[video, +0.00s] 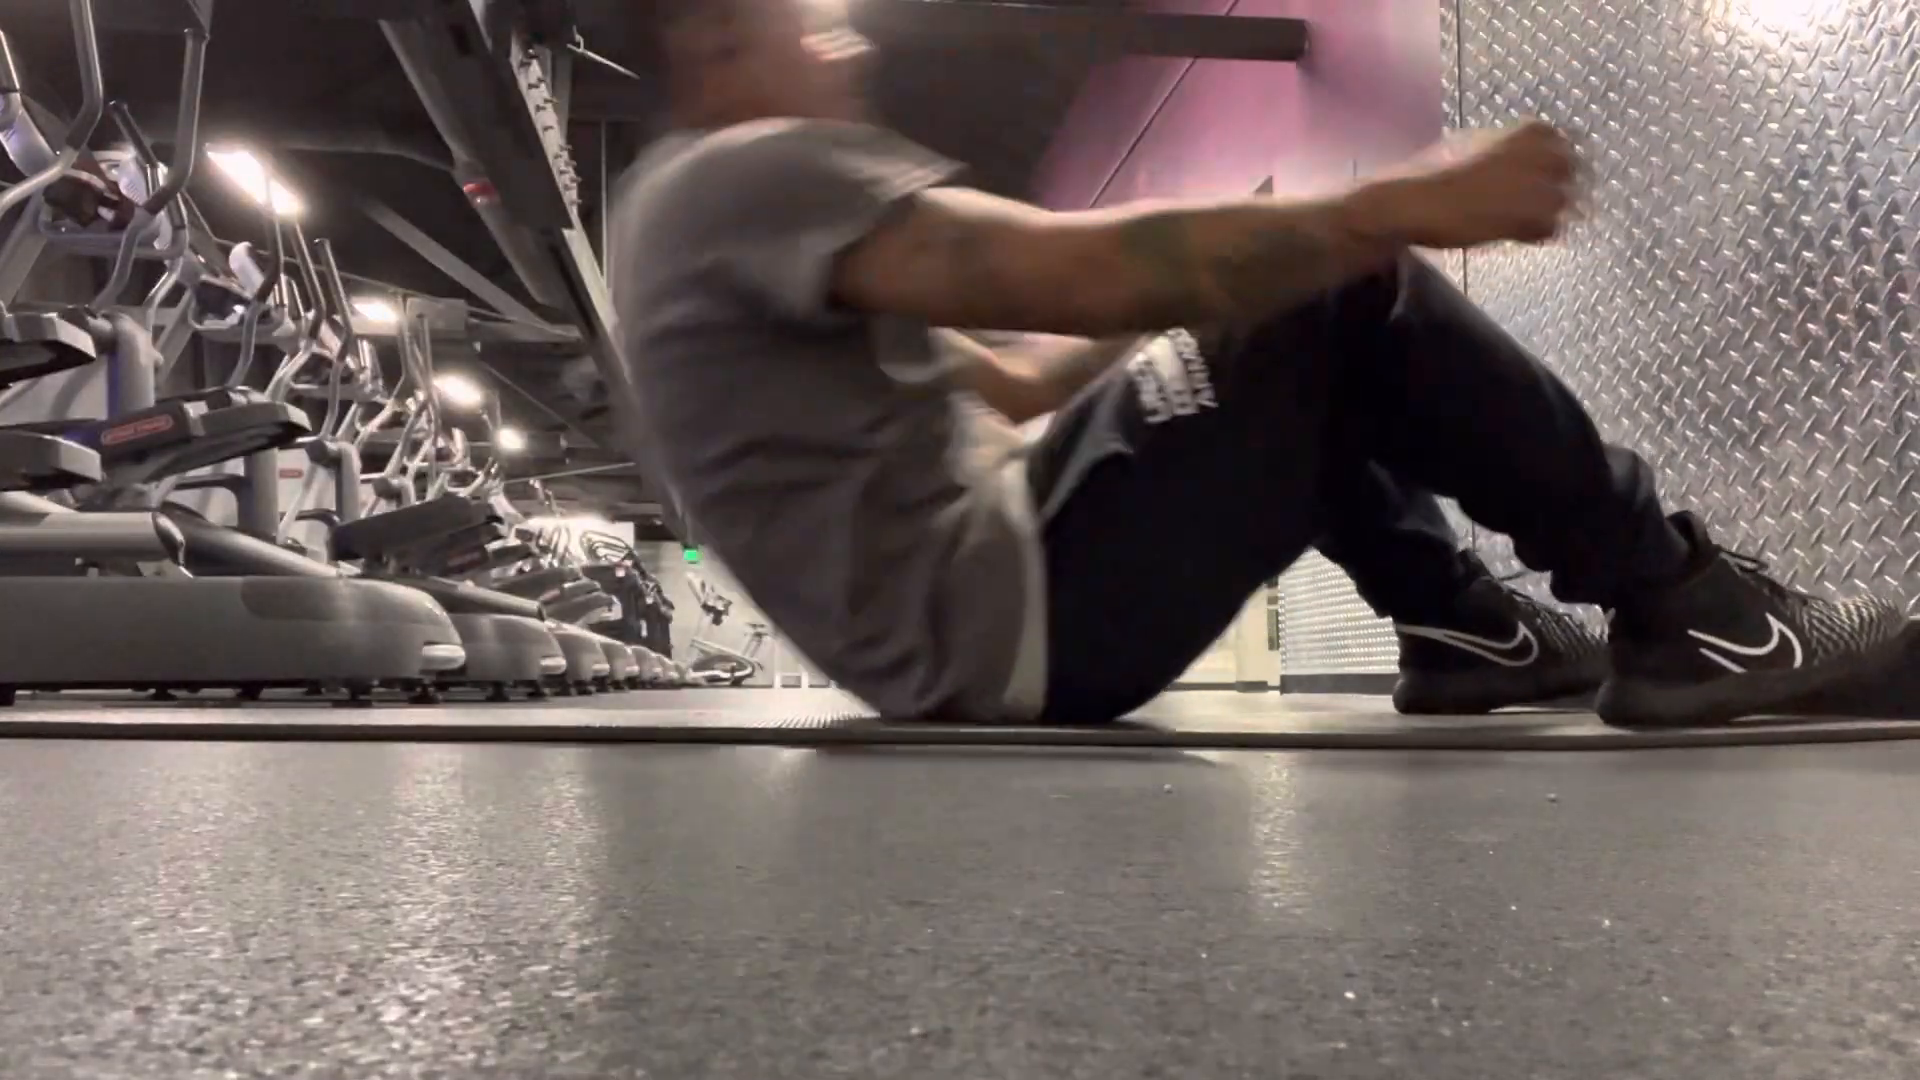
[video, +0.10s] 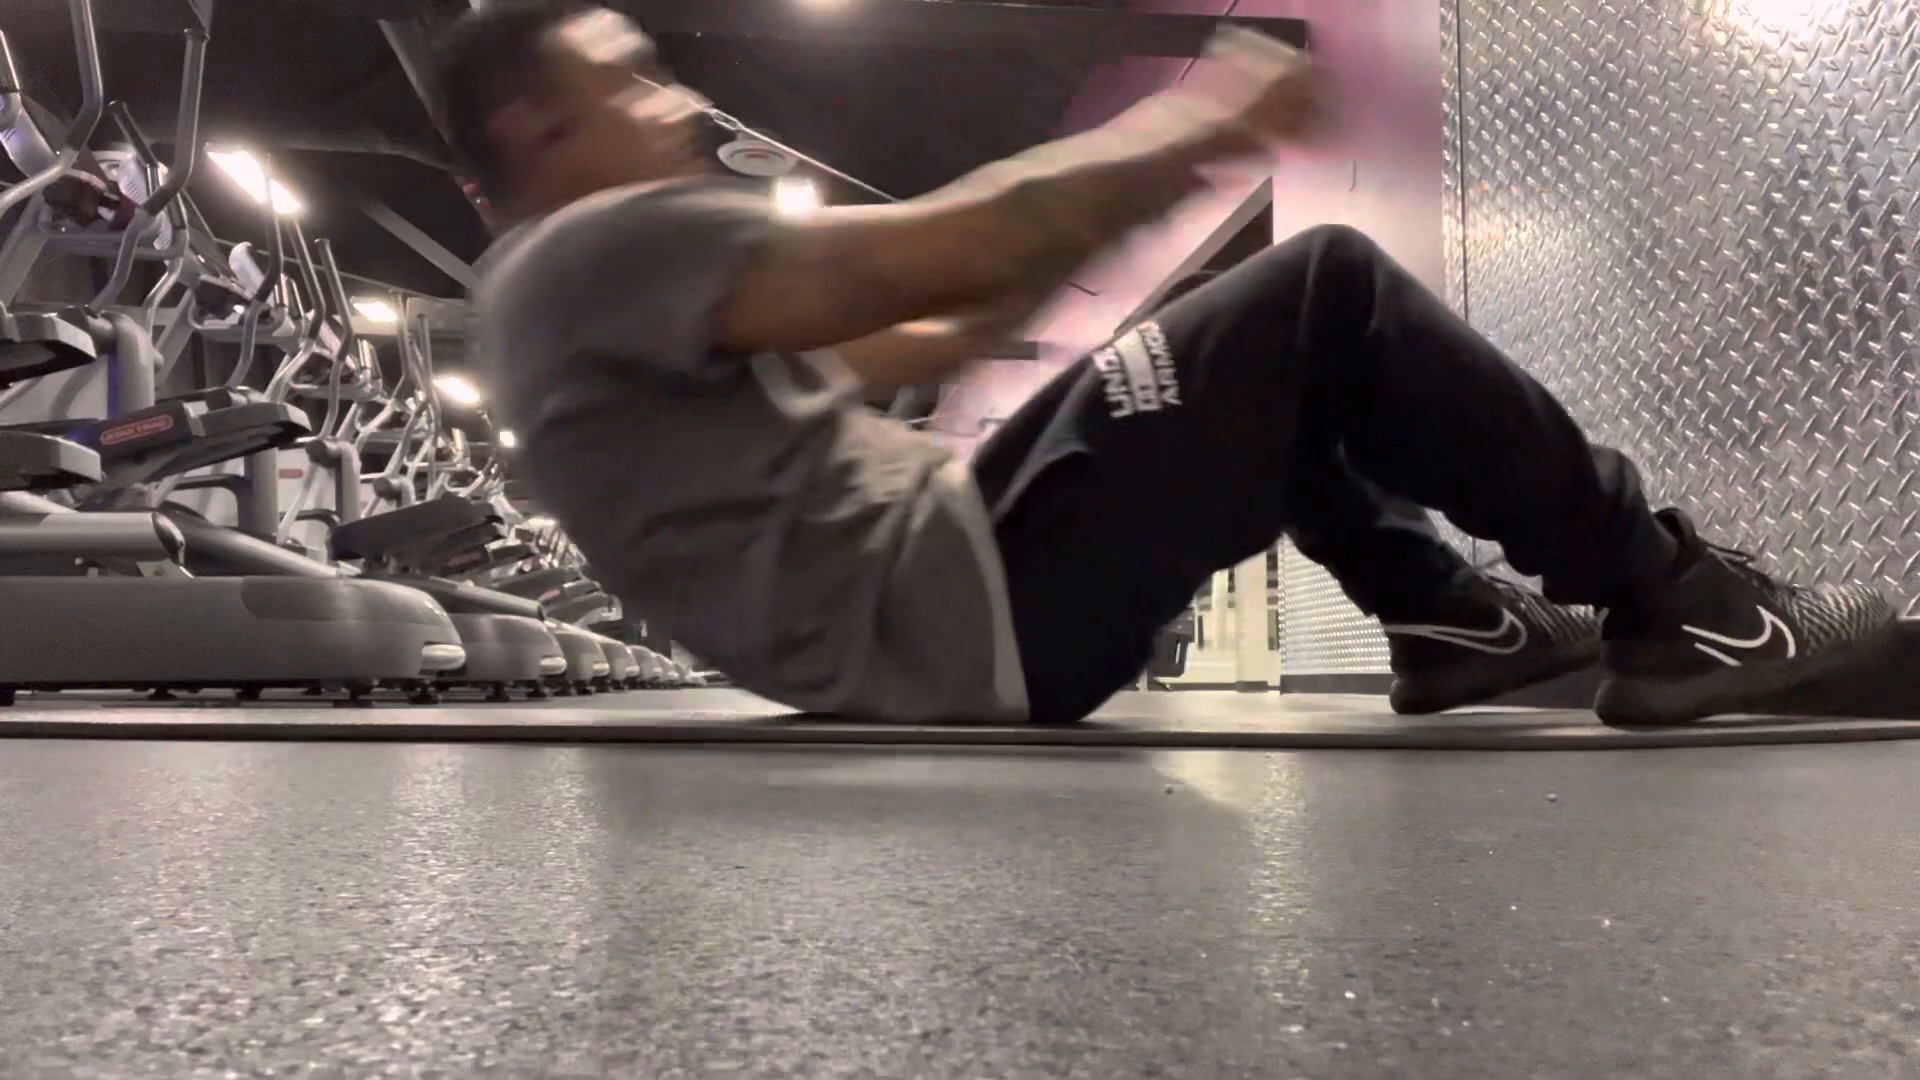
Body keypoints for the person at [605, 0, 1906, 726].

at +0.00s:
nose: (844, 37)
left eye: (831, 17)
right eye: (808, 14)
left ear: (697, 61)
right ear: (716, 45)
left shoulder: (718, 214)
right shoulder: (737, 183)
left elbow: (1020, 377)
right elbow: (1110, 271)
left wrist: (1245, 257)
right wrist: (1428, 197)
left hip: (1001, 587)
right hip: (1014, 629)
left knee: (1275, 329)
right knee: (1354, 297)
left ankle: (1470, 628)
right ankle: (1688, 615)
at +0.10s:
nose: (677, 92)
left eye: (655, 64)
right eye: (623, 76)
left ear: (568, 137)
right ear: (518, 151)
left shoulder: (619, 279)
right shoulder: (577, 263)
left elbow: (919, 327)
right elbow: (957, 249)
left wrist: (1159, 167)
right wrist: (1200, 126)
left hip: (956, 571)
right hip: (970, 612)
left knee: (1251, 298)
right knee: (1327, 292)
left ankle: (1455, 619)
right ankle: (1692, 605)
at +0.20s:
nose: (521, 194)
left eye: (509, 166)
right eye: (472, 181)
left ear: (487, 206)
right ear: (372, 263)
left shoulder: (520, 372)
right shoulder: (436, 358)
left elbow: (804, 316)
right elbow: (757, 223)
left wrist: (926, 127)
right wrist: (926, 61)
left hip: (919, 550)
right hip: (931, 608)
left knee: (1213, 300)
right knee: (1297, 285)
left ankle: (1434, 617)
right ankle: (1671, 598)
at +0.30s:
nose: (356, 266)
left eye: (335, 238)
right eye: (295, 271)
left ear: (362, 273)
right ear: (235, 369)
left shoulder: (451, 420)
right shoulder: (325, 460)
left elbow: (680, 385)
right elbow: (549, 180)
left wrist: (641, 155)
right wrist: (566, 96)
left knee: (1191, 327)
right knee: (1280, 284)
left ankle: (1433, 619)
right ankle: (1670, 605)